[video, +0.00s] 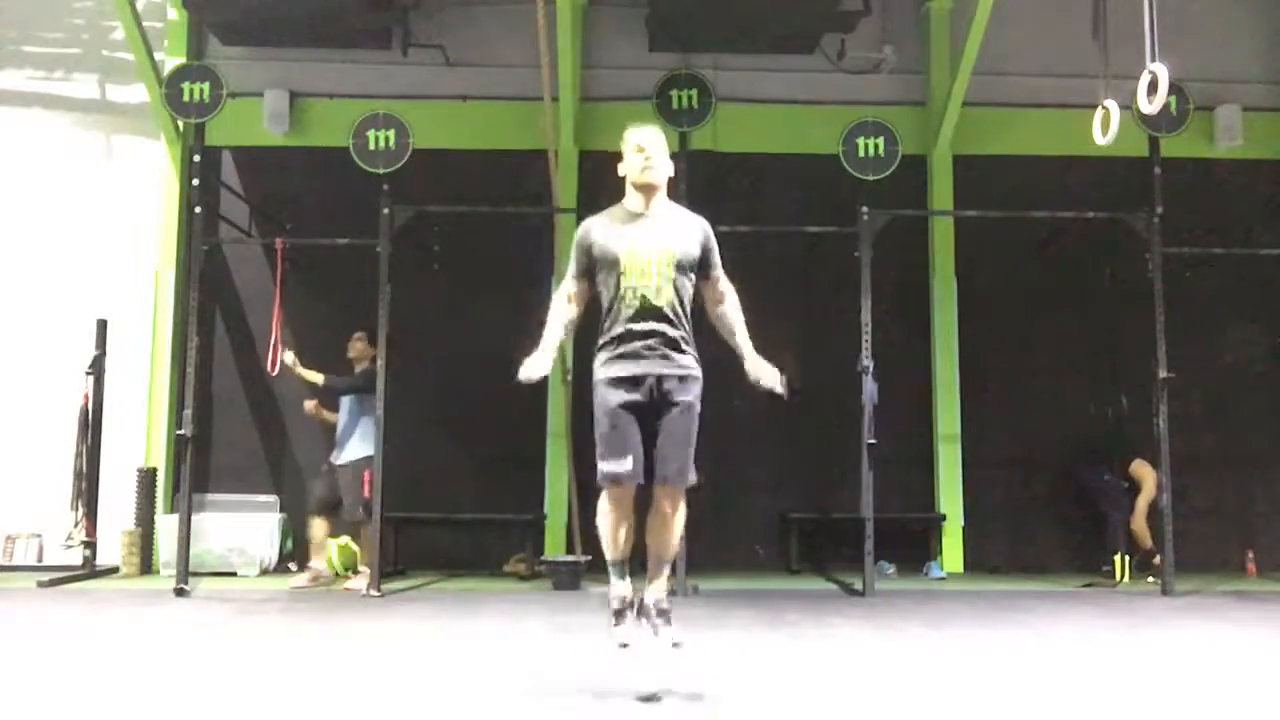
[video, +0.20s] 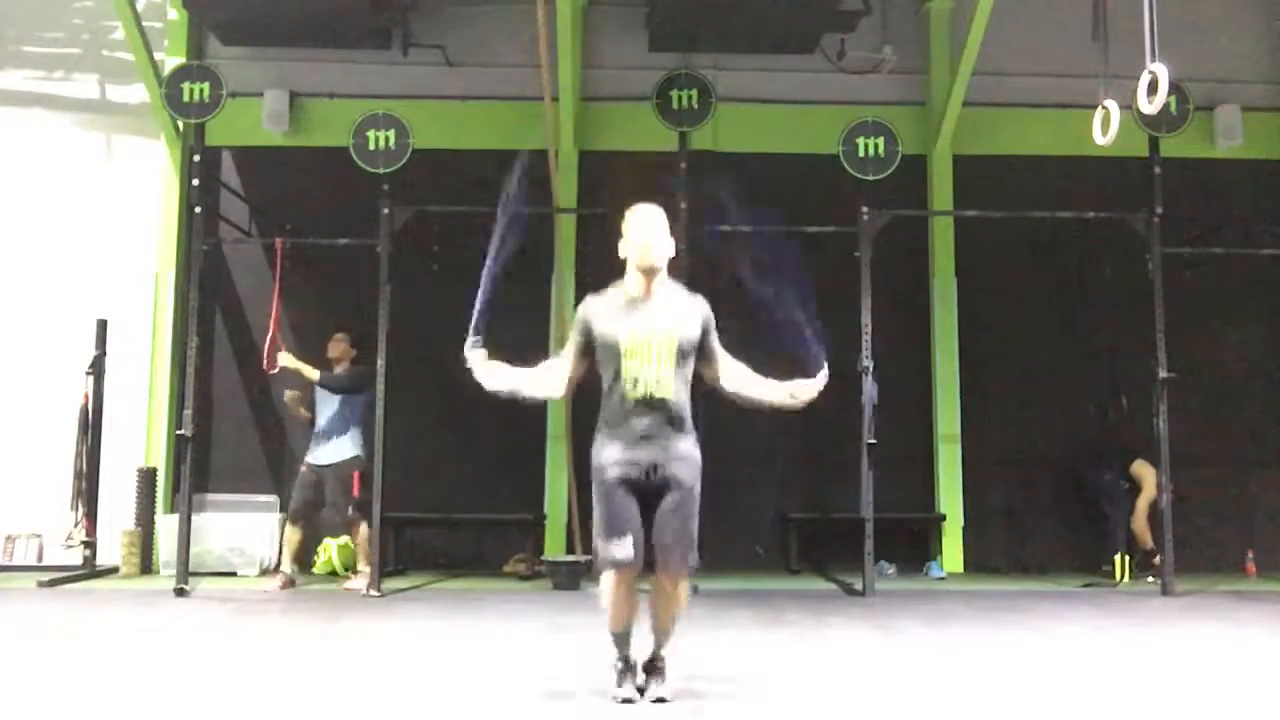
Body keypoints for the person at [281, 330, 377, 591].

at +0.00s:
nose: (352, 344)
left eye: (359, 340)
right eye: (351, 340)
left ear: (373, 350)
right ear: (350, 349)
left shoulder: (373, 376)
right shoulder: (351, 382)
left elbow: (343, 385)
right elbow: (347, 422)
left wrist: (299, 370)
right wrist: (320, 412)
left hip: (361, 456)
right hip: (340, 455)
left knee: (362, 516)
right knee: (319, 507)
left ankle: (367, 571)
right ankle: (318, 567)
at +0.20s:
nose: (332, 343)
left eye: (339, 340)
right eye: (332, 339)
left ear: (353, 350)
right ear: (329, 349)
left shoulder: (363, 375)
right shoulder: (322, 380)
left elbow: (337, 384)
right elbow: (318, 420)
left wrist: (296, 365)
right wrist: (296, 408)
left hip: (346, 454)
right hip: (316, 455)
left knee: (352, 514)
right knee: (296, 512)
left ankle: (364, 572)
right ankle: (286, 572)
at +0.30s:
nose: (324, 346)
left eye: (331, 342)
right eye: (322, 341)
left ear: (342, 350)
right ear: (316, 344)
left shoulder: (349, 374)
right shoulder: (303, 377)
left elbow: (336, 384)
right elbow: (291, 412)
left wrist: (301, 362)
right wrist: (280, 395)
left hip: (334, 454)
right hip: (304, 453)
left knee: (337, 512)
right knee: (291, 511)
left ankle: (363, 567)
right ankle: (286, 572)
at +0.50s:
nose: (308, 350)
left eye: (314, 345)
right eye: (304, 345)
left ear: (322, 350)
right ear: (295, 348)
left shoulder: (327, 375)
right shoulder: (286, 374)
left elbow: (336, 381)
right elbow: (262, 386)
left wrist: (303, 354)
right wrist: (266, 363)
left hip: (321, 453)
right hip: (288, 455)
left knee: (330, 511)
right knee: (283, 514)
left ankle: (354, 566)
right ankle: (285, 572)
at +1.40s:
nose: (309, 349)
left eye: (314, 344)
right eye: (304, 344)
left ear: (320, 348)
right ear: (295, 346)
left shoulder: (327, 371)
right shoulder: (283, 372)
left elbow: (332, 393)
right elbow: (261, 392)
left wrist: (311, 383)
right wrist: (266, 371)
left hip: (317, 452)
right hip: (286, 451)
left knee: (317, 515)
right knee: (282, 516)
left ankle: (315, 572)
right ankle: (284, 572)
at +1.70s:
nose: (315, 362)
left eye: (320, 357)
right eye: (311, 357)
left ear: (328, 359)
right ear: (302, 357)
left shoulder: (337, 381)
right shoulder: (288, 379)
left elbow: (337, 408)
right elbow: (274, 402)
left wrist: (325, 422)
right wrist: (265, 410)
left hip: (326, 458)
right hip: (293, 458)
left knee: (324, 516)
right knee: (286, 515)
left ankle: (316, 573)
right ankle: (284, 571)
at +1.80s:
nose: (319, 372)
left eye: (324, 367)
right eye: (314, 366)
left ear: (332, 367)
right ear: (306, 365)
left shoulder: (341, 388)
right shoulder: (294, 381)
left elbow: (339, 417)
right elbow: (278, 406)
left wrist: (324, 437)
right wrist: (269, 421)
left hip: (327, 462)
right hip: (294, 460)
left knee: (325, 517)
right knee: (278, 511)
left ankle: (316, 574)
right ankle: (276, 567)